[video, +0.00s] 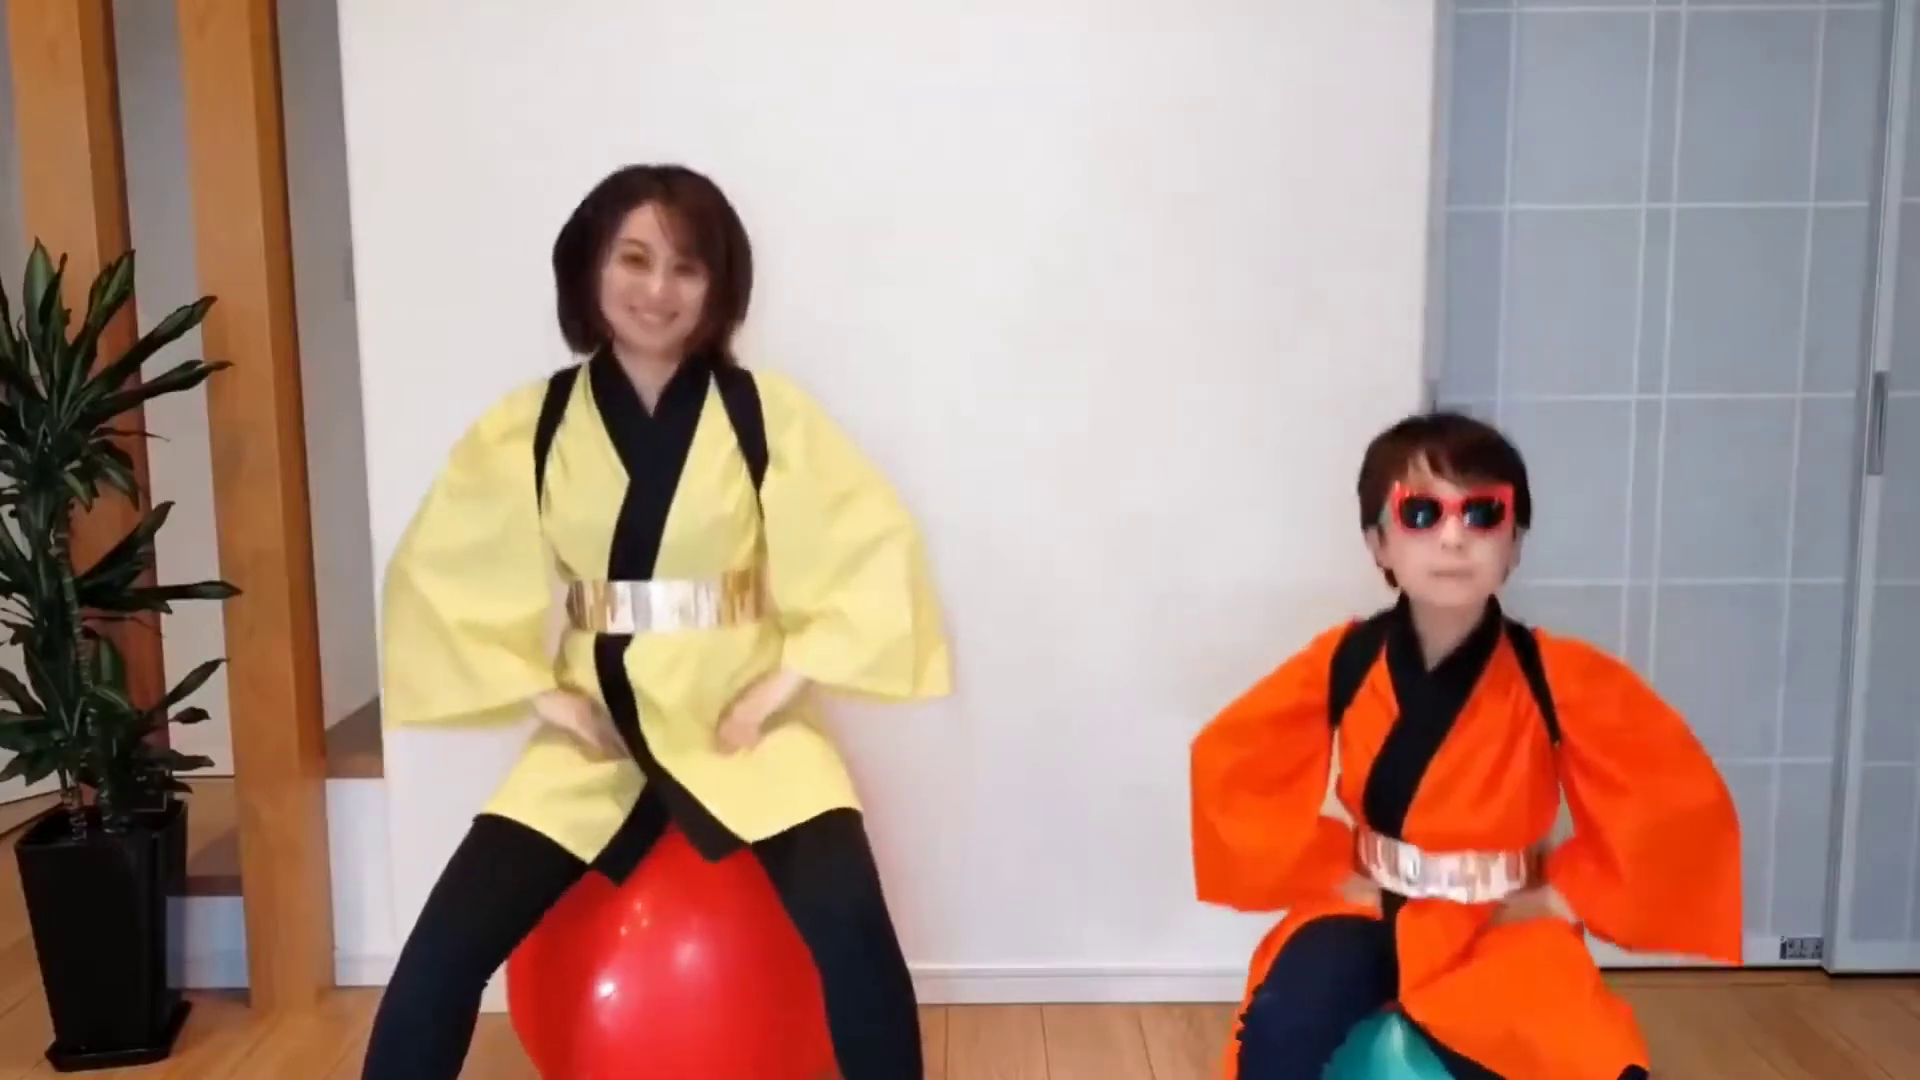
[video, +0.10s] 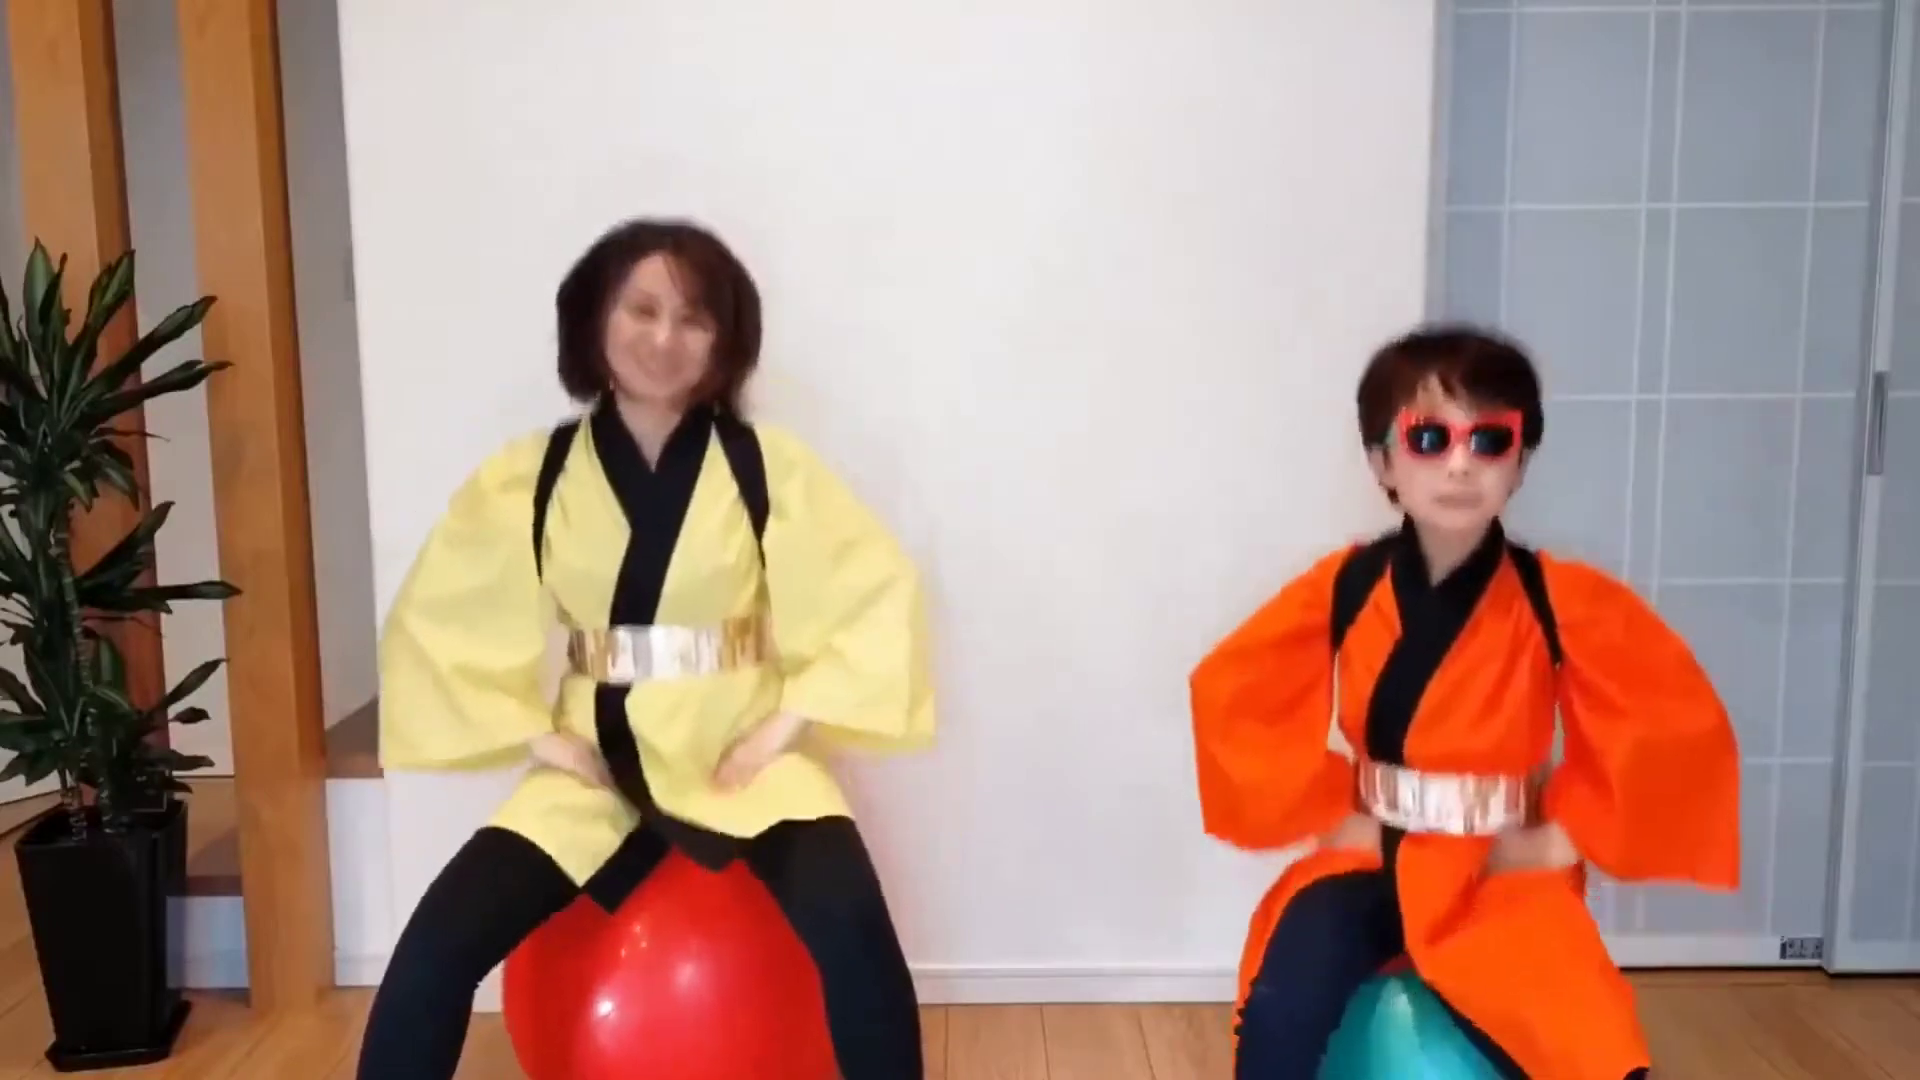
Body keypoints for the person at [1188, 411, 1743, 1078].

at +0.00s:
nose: (1454, 536)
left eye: (1482, 511)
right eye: (1421, 512)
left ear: (1514, 542)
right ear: (1380, 547)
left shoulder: (1555, 675)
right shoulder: (1345, 661)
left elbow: (1683, 801)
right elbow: (1224, 760)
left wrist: (1555, 894)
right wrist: (1330, 865)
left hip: (1503, 929)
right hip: (1366, 916)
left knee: (1594, 1054)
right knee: (1300, 997)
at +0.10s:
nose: (1460, 462)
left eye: (1490, 438)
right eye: (1429, 437)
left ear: (1522, 462)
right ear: (1385, 467)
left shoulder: (1558, 597)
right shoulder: (1348, 584)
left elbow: (1682, 725)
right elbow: (1227, 690)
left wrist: (1564, 837)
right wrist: (1334, 814)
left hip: (1507, 873)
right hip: (1369, 862)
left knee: (1598, 1043)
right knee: (1285, 999)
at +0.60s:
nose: (1474, 514)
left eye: (1507, 492)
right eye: (1445, 484)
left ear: (1535, 499)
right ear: (1394, 487)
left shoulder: (1558, 614)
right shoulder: (1350, 599)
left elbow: (1654, 706)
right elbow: (1236, 678)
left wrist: (1595, 792)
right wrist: (1304, 792)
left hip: (1495, 880)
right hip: (1358, 868)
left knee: (1593, 1052)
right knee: (1258, 1026)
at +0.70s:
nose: (1494, 470)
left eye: (1528, 449)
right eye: (1468, 439)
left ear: (1558, 443)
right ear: (1414, 421)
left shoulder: (1562, 538)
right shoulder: (1359, 520)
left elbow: (1694, 613)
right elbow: (1219, 578)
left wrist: (1672, 664)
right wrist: (1250, 662)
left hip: (1493, 820)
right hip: (1355, 809)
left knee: (1614, 1020)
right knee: (1255, 996)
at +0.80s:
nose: (1515, 484)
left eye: (1551, 463)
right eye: (1491, 449)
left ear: (1580, 454)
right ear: (1434, 420)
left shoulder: (1568, 539)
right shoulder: (1371, 511)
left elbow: (1690, 598)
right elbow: (1216, 549)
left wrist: (1699, 665)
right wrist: (1227, 606)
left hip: (1495, 812)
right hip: (1356, 799)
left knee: (1629, 977)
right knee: (1254, 969)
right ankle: (1248, 1071)